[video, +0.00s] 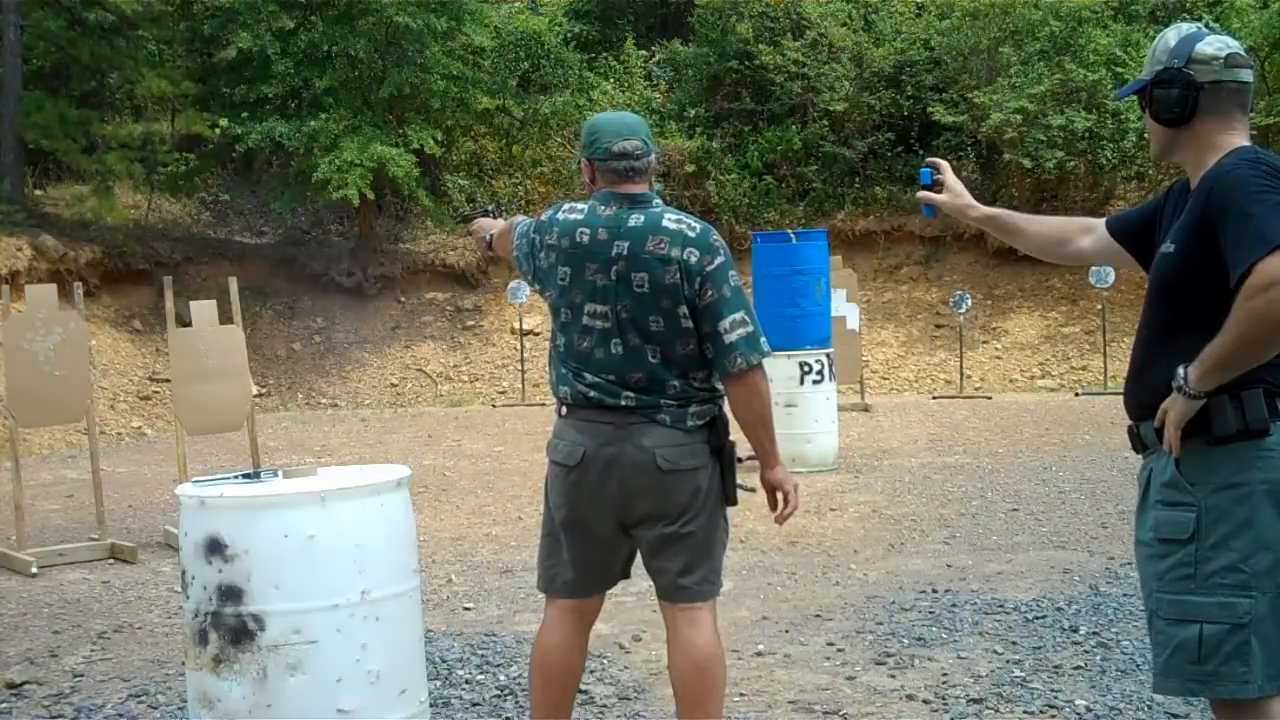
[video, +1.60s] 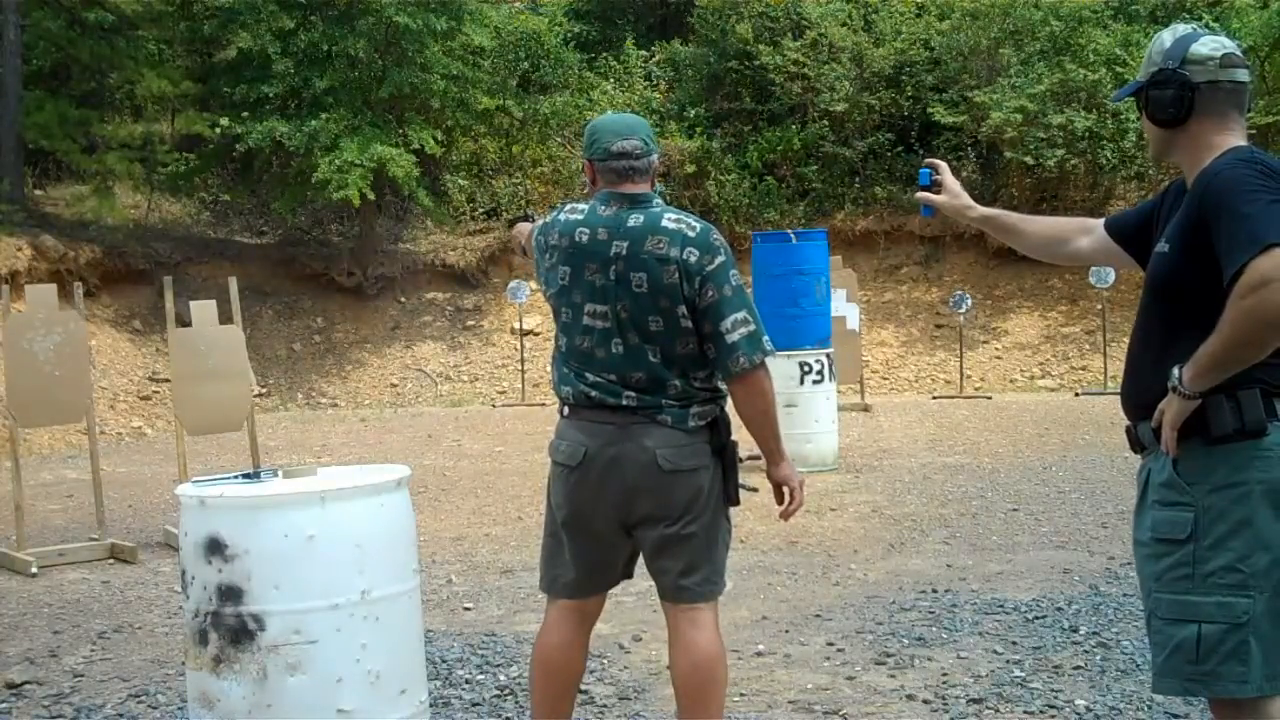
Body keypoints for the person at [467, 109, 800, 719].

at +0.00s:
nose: (582, 171)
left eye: (583, 164)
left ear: (588, 171)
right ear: (653, 167)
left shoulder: (560, 230)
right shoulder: (698, 241)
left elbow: (507, 241)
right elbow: (740, 364)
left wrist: (490, 227)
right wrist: (770, 460)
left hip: (583, 446)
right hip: (678, 450)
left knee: (568, 609)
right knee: (691, 611)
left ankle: (548, 716)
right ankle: (702, 715)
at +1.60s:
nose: (583, 174)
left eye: (584, 167)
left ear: (590, 172)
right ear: (656, 167)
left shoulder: (562, 234)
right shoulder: (697, 240)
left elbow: (528, 236)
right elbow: (745, 365)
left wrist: (529, 230)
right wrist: (776, 456)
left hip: (584, 446)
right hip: (682, 450)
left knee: (569, 607)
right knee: (693, 611)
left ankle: (547, 715)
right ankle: (703, 718)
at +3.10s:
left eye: (611, 167)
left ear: (613, 173)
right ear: (679, 171)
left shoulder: (578, 237)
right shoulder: (715, 246)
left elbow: (558, 313)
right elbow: (759, 365)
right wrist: (773, 430)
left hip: (600, 448)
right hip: (694, 453)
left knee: (575, 608)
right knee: (699, 614)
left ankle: (550, 713)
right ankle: (706, 718)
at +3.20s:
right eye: (679, 169)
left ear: (622, 177)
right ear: (685, 176)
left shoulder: (587, 247)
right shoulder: (723, 249)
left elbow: (565, 343)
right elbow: (768, 364)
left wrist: (628, 360)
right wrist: (723, 381)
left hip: (606, 453)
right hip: (699, 455)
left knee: (576, 603)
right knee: (702, 614)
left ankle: (565, 713)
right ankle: (706, 717)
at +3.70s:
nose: (652, 212)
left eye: (645, 205)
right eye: (650, 204)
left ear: (590, 211)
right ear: (642, 208)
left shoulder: (561, 263)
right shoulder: (676, 259)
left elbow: (552, 350)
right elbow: (718, 347)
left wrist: (609, 332)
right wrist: (682, 311)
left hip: (573, 432)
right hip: (656, 433)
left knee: (579, 575)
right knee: (689, 574)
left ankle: (586, 708)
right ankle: (696, 696)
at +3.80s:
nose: (646, 209)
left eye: (640, 202)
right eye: (644, 202)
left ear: (584, 207)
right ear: (635, 205)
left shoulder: (557, 254)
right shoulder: (660, 249)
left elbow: (574, 316)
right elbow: (702, 314)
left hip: (566, 425)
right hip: (645, 428)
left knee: (577, 575)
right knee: (679, 557)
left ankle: (585, 708)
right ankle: (665, 654)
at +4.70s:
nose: (671, 216)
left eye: (668, 209)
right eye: (669, 209)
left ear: (623, 211)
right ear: (659, 213)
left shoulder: (597, 249)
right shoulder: (673, 248)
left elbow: (642, 260)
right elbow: (705, 266)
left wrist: (694, 240)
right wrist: (711, 240)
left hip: (604, 388)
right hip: (664, 391)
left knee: (614, 503)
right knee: (684, 495)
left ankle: (615, 622)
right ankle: (677, 608)